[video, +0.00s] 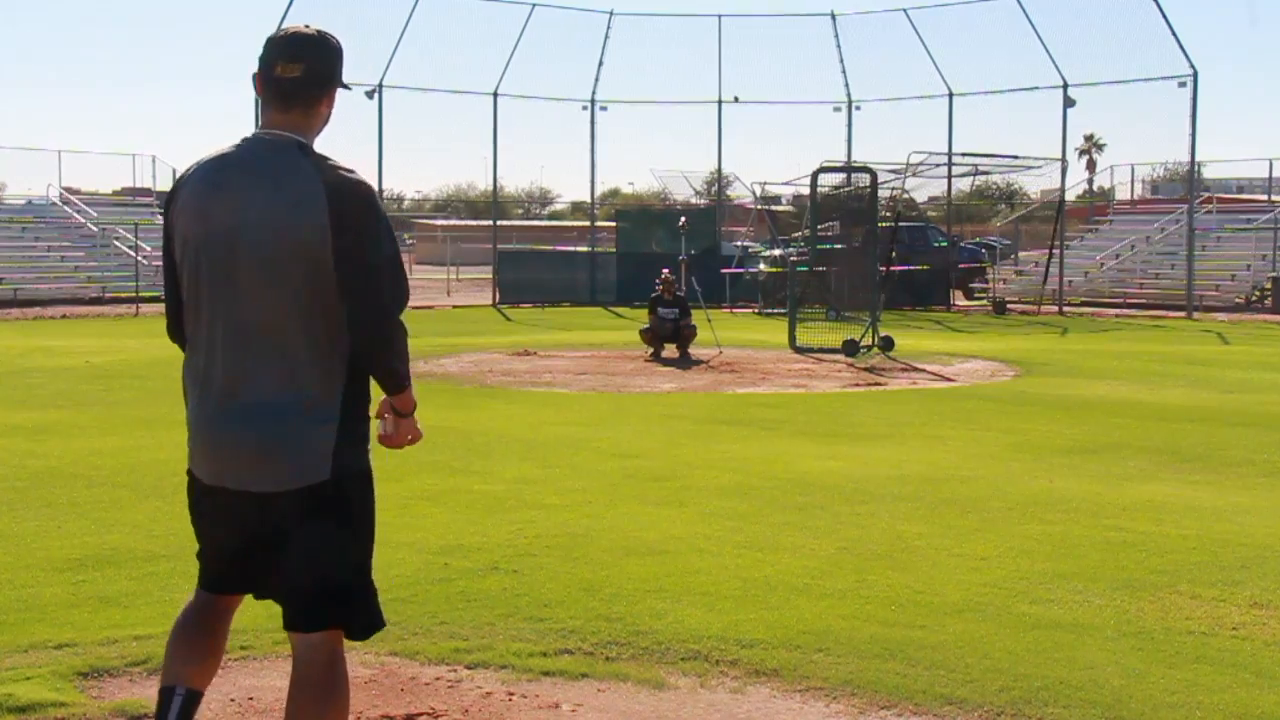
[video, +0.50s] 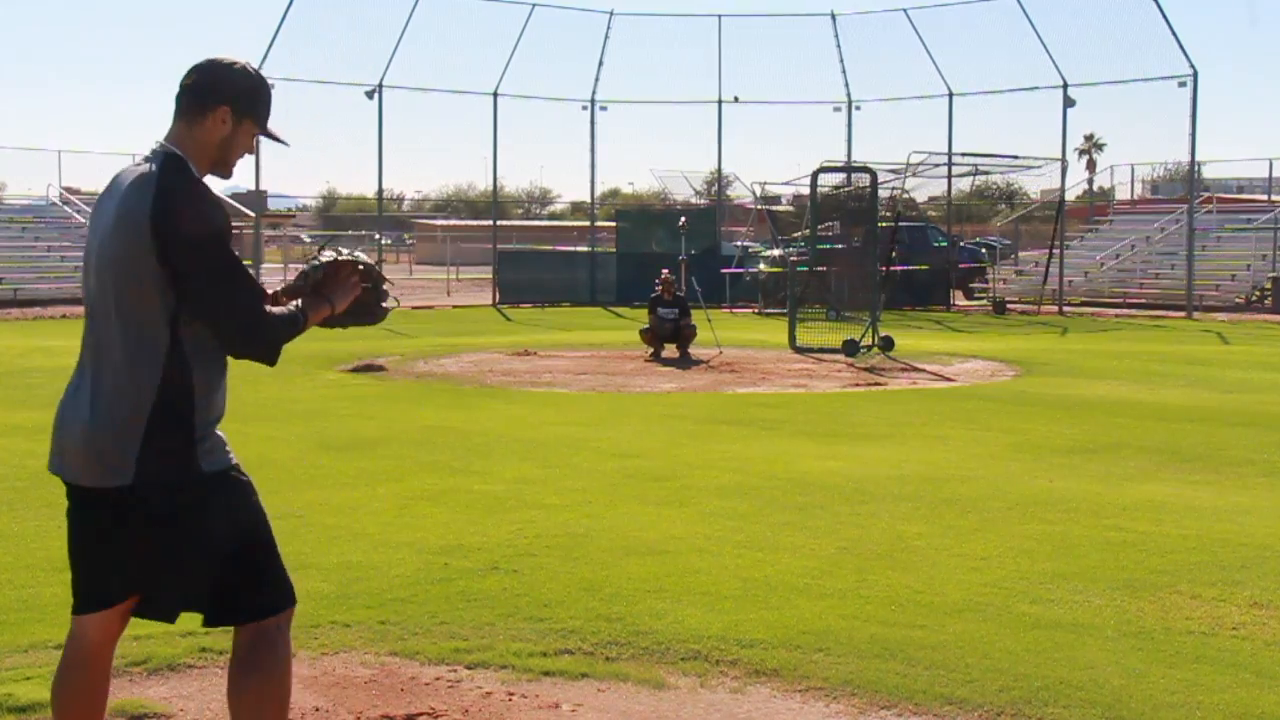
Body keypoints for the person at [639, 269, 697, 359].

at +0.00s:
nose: (668, 287)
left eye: (670, 284)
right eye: (665, 284)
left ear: (674, 286)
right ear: (661, 286)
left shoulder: (681, 299)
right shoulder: (655, 299)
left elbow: (688, 319)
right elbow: (652, 318)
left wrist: (674, 324)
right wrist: (662, 326)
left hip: (677, 328)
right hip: (660, 328)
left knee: (691, 329)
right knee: (645, 332)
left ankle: (683, 349)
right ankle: (657, 348)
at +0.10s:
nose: (668, 287)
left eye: (670, 284)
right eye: (665, 284)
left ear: (674, 286)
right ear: (662, 286)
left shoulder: (681, 299)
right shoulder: (655, 299)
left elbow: (688, 319)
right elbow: (652, 318)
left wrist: (674, 325)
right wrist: (662, 326)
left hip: (677, 329)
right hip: (660, 329)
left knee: (691, 329)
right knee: (645, 332)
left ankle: (683, 349)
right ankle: (657, 348)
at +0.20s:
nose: (668, 287)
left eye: (671, 284)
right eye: (665, 284)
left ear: (674, 286)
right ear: (662, 286)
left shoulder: (681, 299)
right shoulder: (654, 299)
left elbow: (687, 319)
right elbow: (652, 318)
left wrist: (674, 325)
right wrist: (662, 326)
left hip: (677, 329)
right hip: (660, 329)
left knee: (691, 329)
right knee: (645, 332)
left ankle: (683, 349)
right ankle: (657, 348)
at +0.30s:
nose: (668, 287)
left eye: (671, 284)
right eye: (665, 284)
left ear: (674, 286)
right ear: (662, 286)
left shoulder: (681, 299)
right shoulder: (654, 299)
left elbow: (687, 319)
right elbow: (652, 318)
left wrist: (674, 324)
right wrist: (663, 325)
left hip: (677, 329)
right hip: (660, 329)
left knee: (691, 329)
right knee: (645, 332)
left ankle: (683, 349)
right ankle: (657, 348)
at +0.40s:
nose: (668, 287)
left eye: (671, 285)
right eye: (666, 285)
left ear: (674, 286)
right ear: (662, 286)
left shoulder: (681, 299)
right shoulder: (654, 299)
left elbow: (687, 319)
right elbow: (652, 318)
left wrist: (674, 324)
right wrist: (663, 325)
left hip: (677, 329)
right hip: (660, 330)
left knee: (691, 329)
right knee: (645, 332)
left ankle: (683, 349)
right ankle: (657, 348)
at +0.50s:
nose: (668, 287)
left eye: (670, 284)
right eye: (665, 284)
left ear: (674, 286)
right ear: (662, 286)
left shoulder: (680, 299)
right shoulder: (654, 299)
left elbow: (687, 319)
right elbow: (652, 318)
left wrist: (674, 324)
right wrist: (662, 326)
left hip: (677, 329)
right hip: (660, 329)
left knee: (691, 329)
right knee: (645, 332)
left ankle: (683, 349)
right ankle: (657, 348)